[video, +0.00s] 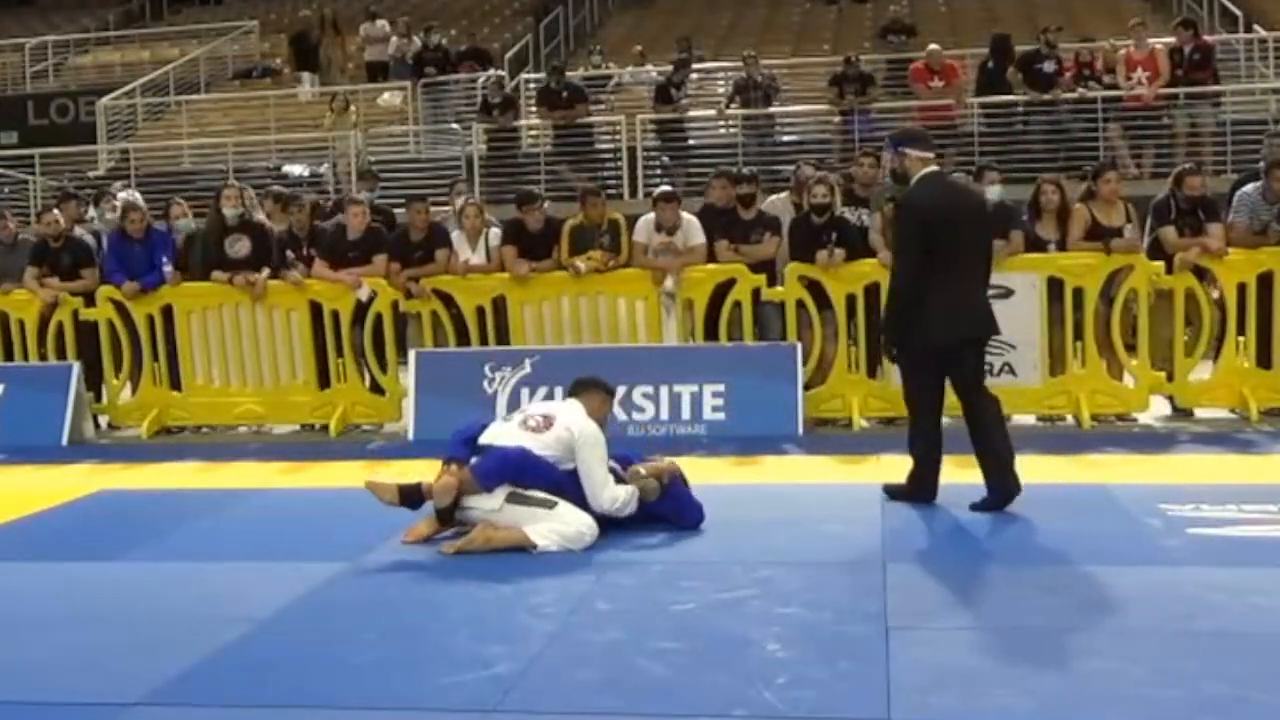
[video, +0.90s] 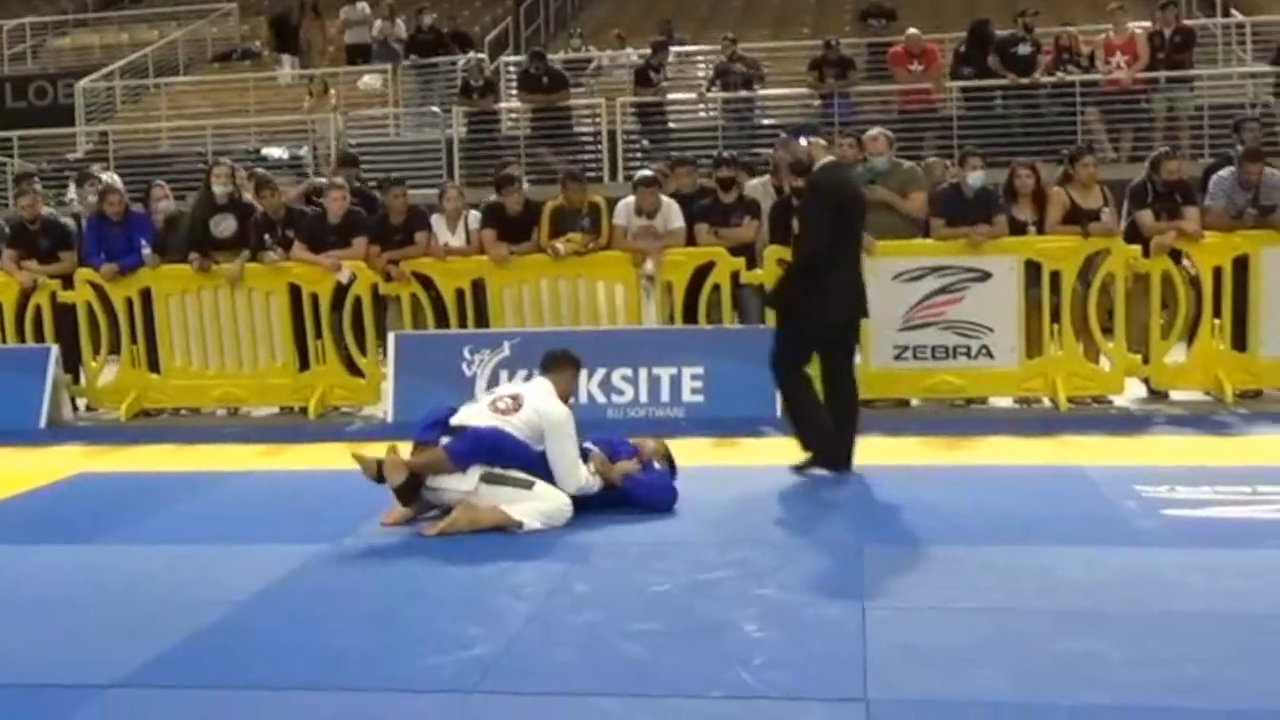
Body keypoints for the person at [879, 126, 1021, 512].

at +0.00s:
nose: (893, 168)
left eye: (895, 161)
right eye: (893, 162)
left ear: (907, 158)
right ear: (933, 157)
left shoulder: (912, 204)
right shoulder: (972, 196)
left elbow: (905, 273)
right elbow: (981, 262)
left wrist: (890, 328)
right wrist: (973, 305)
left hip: (924, 320)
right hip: (970, 317)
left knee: (924, 408)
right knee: (976, 396)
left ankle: (922, 484)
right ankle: (1002, 481)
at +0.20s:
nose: (868, 171)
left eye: (869, 164)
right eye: (868, 164)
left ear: (883, 162)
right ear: (907, 159)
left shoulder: (890, 207)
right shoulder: (945, 197)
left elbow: (881, 276)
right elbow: (959, 262)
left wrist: (865, 331)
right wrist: (952, 305)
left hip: (904, 318)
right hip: (946, 314)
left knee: (910, 398)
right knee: (930, 390)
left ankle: (920, 483)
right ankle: (968, 462)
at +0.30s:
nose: (862, 170)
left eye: (864, 163)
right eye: (862, 164)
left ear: (876, 160)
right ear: (900, 159)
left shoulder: (882, 204)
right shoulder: (938, 196)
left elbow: (872, 271)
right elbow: (949, 260)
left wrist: (858, 321)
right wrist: (942, 302)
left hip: (896, 315)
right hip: (935, 311)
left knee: (901, 395)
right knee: (913, 389)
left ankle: (923, 478)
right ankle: (927, 472)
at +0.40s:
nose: (852, 171)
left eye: (852, 165)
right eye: (852, 165)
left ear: (861, 163)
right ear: (888, 159)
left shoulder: (872, 204)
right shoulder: (927, 197)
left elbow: (864, 270)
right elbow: (940, 259)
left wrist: (849, 325)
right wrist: (935, 306)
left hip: (889, 313)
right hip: (924, 310)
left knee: (902, 393)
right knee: (898, 390)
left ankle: (920, 481)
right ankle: (895, 469)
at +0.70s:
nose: (829, 172)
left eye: (830, 166)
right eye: (829, 165)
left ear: (842, 165)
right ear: (865, 163)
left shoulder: (849, 203)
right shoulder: (889, 197)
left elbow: (847, 266)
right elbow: (895, 260)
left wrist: (833, 317)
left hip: (857, 313)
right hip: (888, 310)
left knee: (853, 390)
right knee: (872, 390)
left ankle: (902, 463)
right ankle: (863, 468)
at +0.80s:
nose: (819, 170)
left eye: (821, 163)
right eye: (818, 163)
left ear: (837, 161)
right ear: (850, 159)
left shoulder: (843, 201)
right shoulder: (876, 198)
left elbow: (837, 263)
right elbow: (878, 258)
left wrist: (819, 305)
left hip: (846, 309)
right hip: (876, 307)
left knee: (822, 381)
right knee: (866, 384)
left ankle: (873, 449)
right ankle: (863, 464)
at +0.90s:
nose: (789, 158)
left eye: (790, 150)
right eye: (787, 150)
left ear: (807, 148)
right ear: (822, 146)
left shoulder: (820, 185)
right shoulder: (848, 183)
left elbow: (813, 247)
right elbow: (846, 243)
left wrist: (783, 289)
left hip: (814, 296)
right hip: (845, 295)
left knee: (786, 364)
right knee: (839, 372)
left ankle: (820, 442)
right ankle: (838, 451)